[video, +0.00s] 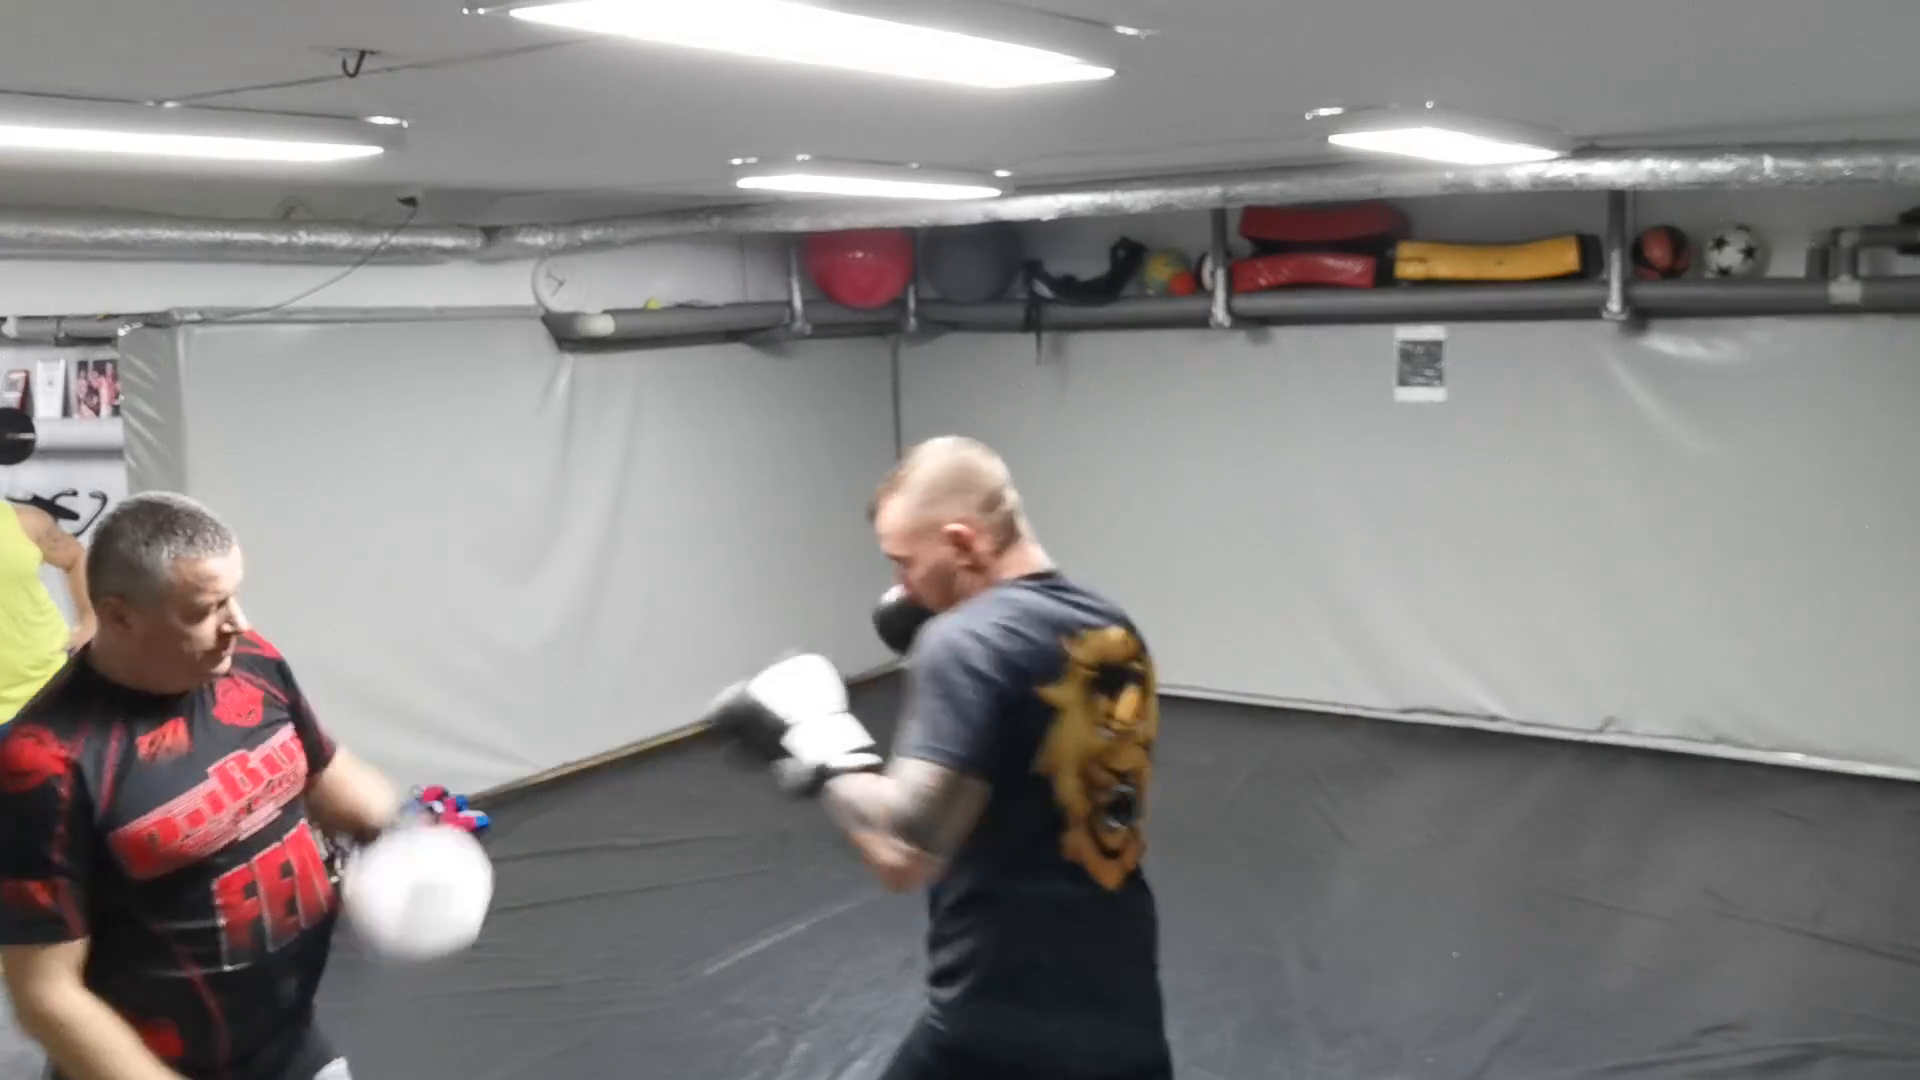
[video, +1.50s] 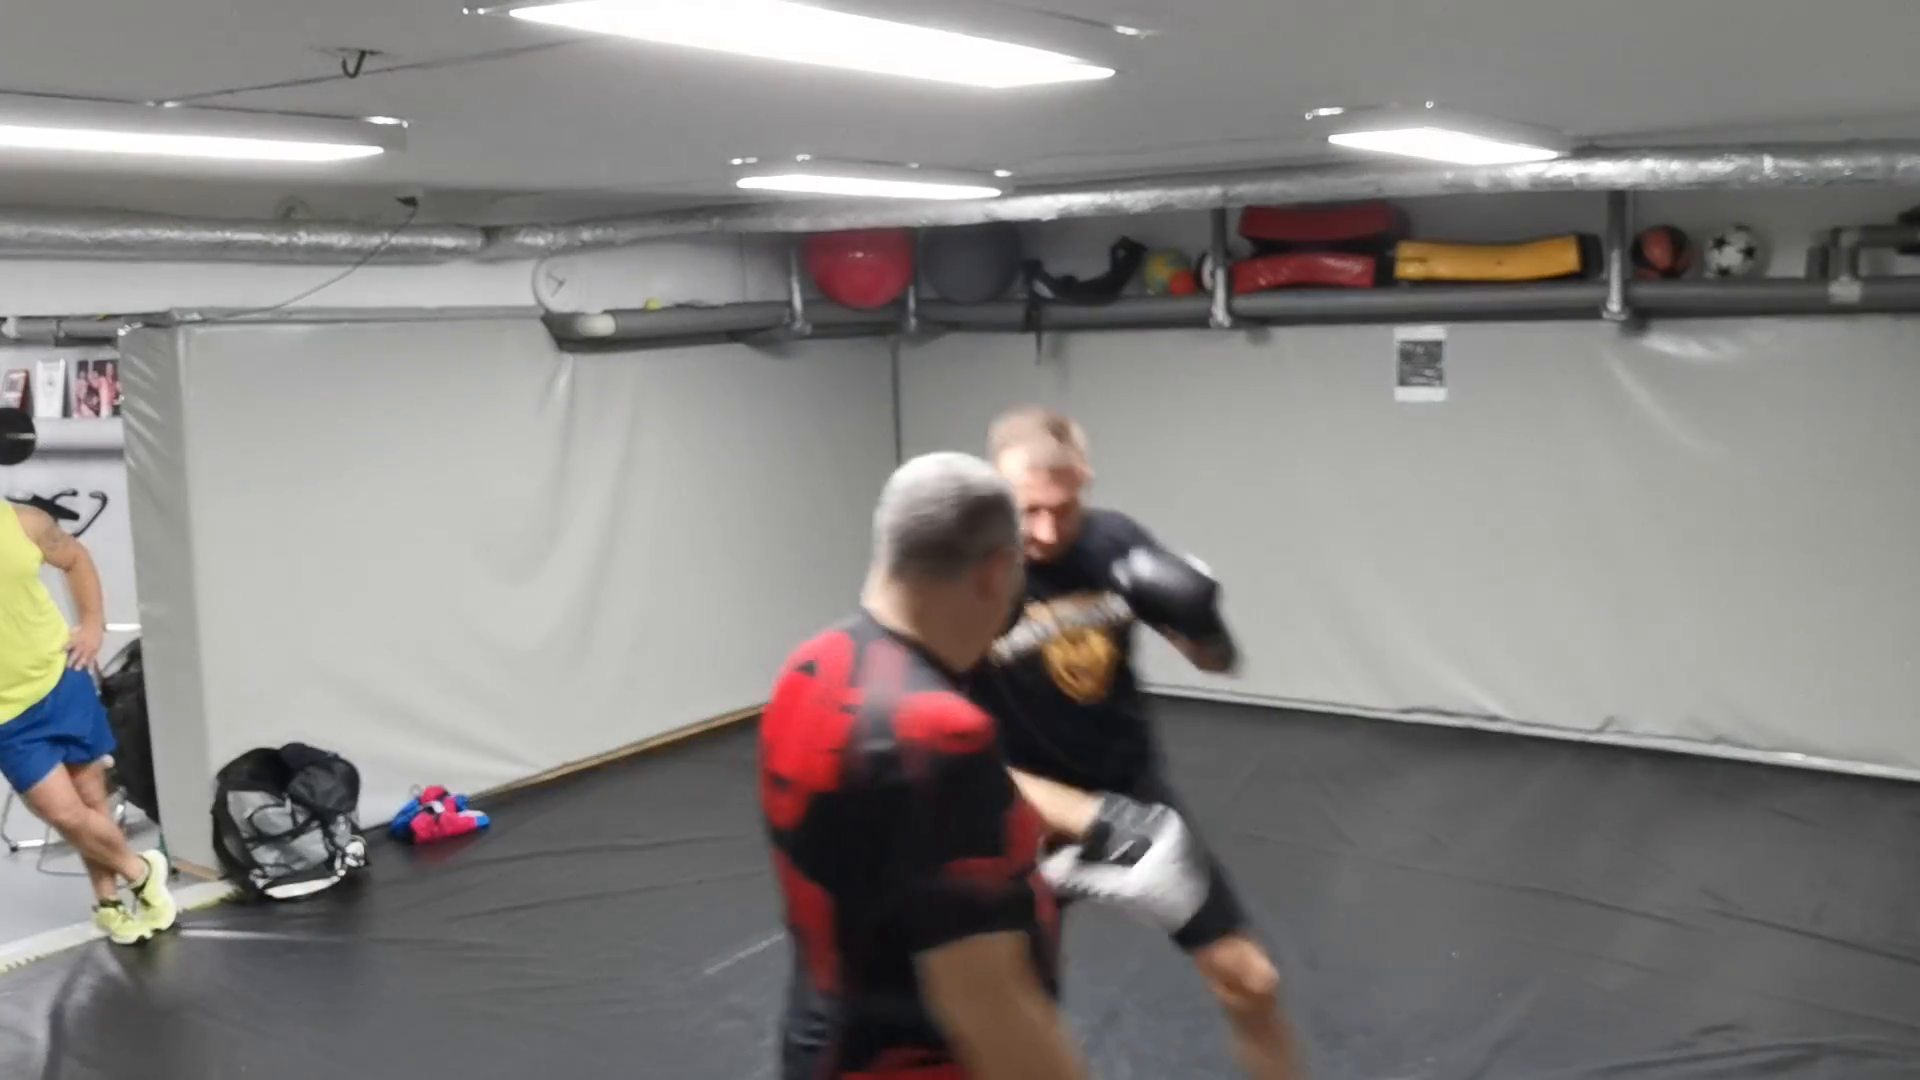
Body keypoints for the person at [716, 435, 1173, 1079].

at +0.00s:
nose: (898, 589)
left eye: (904, 564)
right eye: (894, 567)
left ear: (962, 544)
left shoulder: (966, 642)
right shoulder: (1110, 626)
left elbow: (904, 852)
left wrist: (818, 737)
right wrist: (946, 636)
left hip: (1002, 1010)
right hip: (1118, 997)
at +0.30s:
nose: (946, 568)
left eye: (955, 539)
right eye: (943, 542)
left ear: (1020, 521)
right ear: (1029, 522)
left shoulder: (1032, 626)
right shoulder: (1151, 608)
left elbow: (997, 848)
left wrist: (907, 721)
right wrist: (995, 646)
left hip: (1059, 1007)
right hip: (1171, 995)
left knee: (934, 1069)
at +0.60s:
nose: (945, 586)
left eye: (952, 561)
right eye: (938, 565)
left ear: (1016, 537)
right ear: (1022, 538)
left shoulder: (1076, 663)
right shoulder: (1126, 608)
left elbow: (1011, 855)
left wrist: (940, 724)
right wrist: (996, 865)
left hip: (1168, 987)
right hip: (1223, 955)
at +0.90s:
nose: (1109, 586)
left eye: (1131, 562)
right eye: (1103, 560)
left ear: (1197, 546)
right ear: (1095, 545)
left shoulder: (1278, 655)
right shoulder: (1136, 643)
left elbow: (1331, 839)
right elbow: (1084, 761)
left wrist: (1224, 720)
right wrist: (1042, 698)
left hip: (1291, 945)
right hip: (1228, 937)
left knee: (1250, 1067)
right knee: (1265, 1063)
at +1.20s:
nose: (1188, 521)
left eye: (1207, 500)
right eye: (1170, 500)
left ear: (1250, 478)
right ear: (1147, 483)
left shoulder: (1304, 562)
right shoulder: (1121, 574)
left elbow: (1338, 722)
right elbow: (1070, 711)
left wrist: (1242, 623)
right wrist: (1042, 653)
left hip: (1304, 867)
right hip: (1182, 861)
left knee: (1384, 1064)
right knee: (1076, 1052)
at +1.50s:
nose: (1047, 529)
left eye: (1062, 509)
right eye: (1030, 512)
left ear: (1084, 486)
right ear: (996, 493)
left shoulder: (1111, 544)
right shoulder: (969, 575)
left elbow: (1217, 661)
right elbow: (956, 754)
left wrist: (1195, 617)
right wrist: (1098, 821)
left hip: (1131, 800)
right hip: (1024, 813)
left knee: (1252, 983)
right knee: (1021, 1017)